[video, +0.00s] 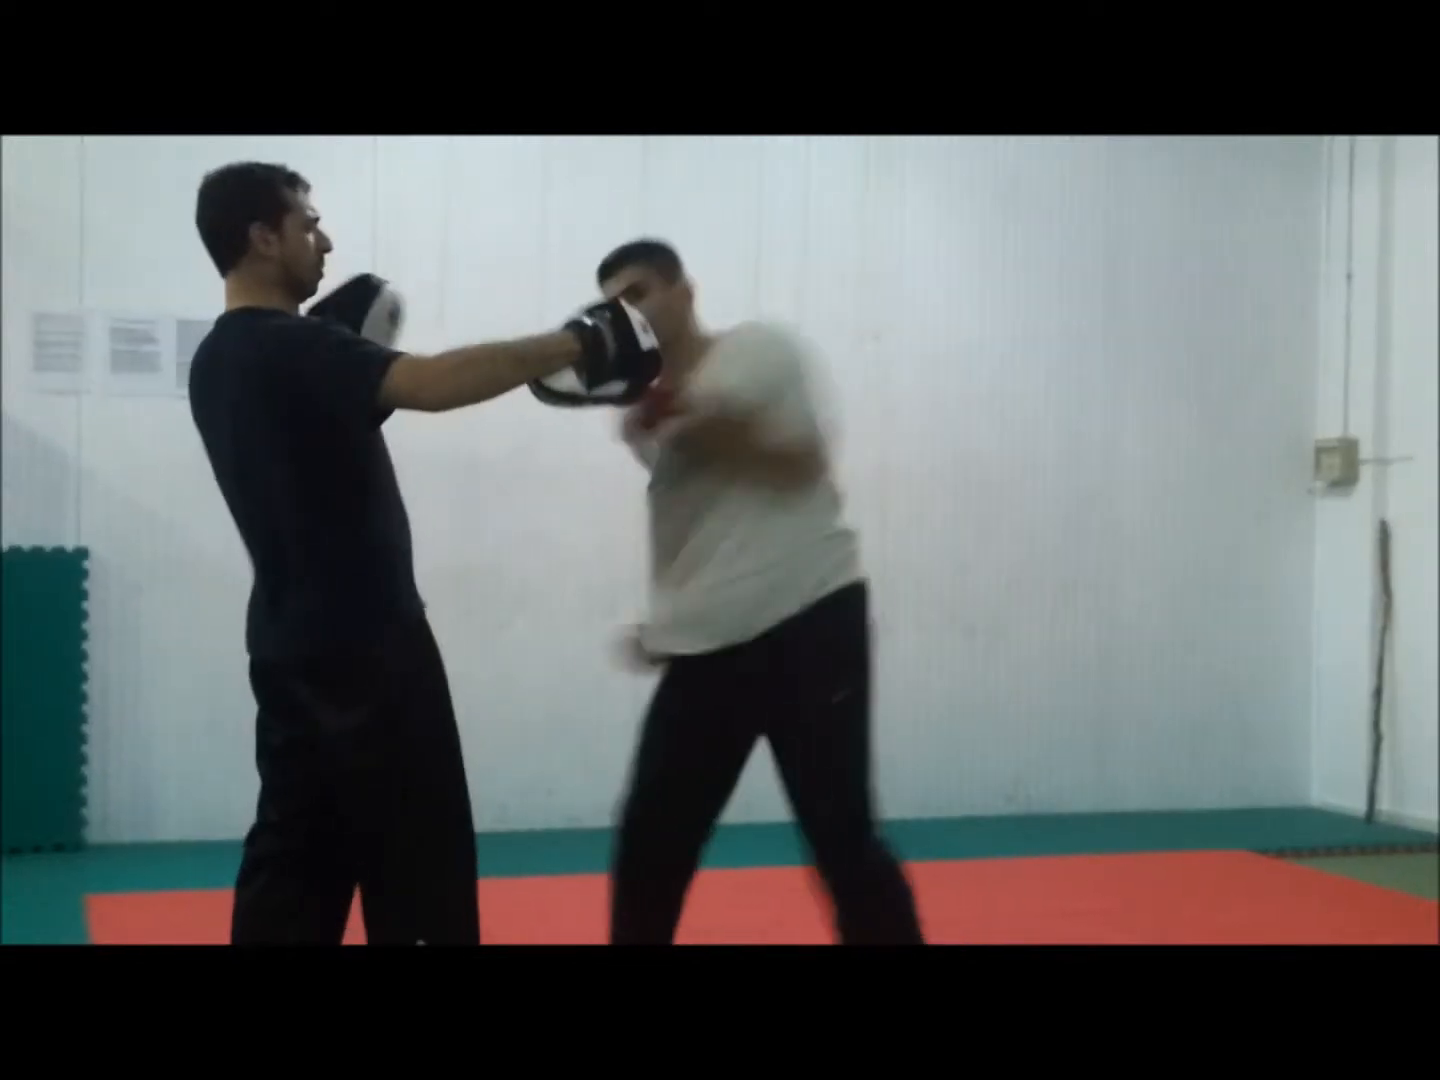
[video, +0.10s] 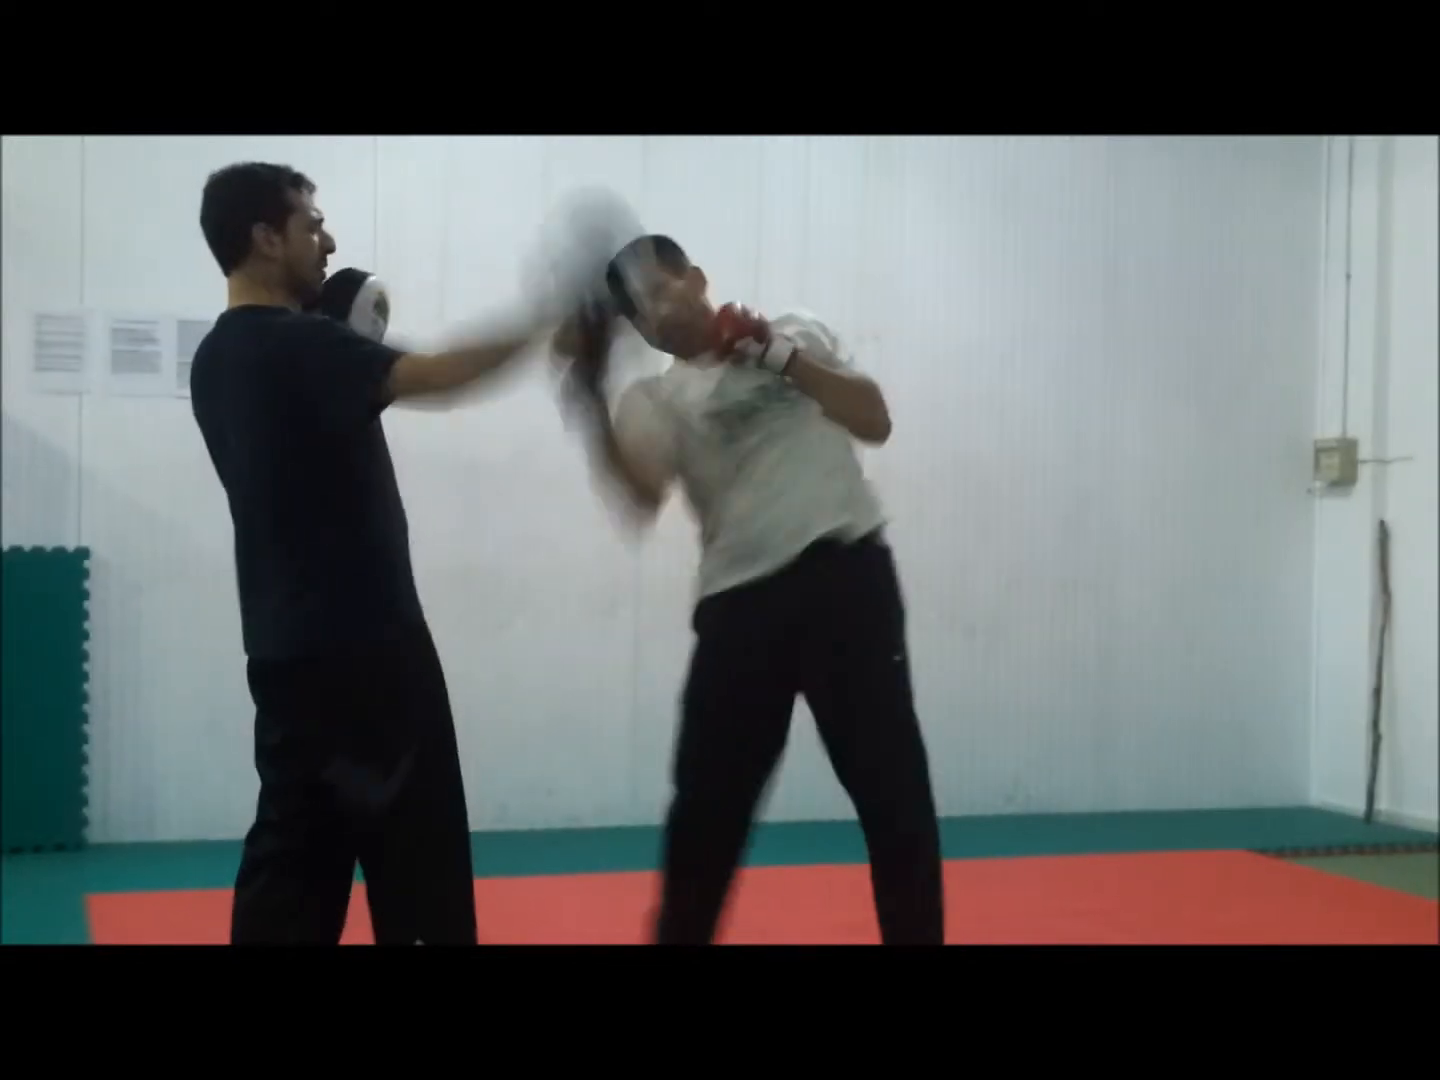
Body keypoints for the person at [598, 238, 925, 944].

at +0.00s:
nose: (631, 314)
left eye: (640, 293)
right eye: (617, 305)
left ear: (683, 288)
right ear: (614, 322)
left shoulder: (761, 348)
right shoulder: (650, 405)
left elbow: (804, 463)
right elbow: (692, 535)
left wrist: (708, 429)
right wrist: (667, 627)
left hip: (808, 621)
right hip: (711, 644)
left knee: (842, 838)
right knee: (650, 847)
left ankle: (892, 941)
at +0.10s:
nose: (654, 309)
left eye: (659, 288)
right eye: (638, 307)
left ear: (697, 278)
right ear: (638, 329)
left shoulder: (792, 337)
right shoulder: (655, 399)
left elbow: (875, 422)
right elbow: (642, 493)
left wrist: (781, 357)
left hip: (848, 576)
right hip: (742, 601)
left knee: (896, 799)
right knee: (708, 812)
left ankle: (915, 939)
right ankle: (680, 938)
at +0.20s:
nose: (650, 314)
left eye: (657, 292)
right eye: (636, 309)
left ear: (703, 280)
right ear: (640, 328)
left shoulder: (797, 336)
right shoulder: (656, 390)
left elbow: (872, 428)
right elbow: (678, 479)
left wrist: (781, 363)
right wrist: (685, 371)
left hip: (856, 577)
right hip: (752, 602)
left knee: (902, 813)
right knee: (727, 822)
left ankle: (913, 941)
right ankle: (714, 941)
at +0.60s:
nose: (687, 268)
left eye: (702, 249)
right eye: (686, 254)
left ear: (759, 249)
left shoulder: (860, 329)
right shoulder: (709, 374)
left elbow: (883, 457)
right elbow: (717, 521)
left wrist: (785, 373)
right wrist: (712, 488)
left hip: (866, 621)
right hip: (758, 622)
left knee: (924, 823)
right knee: (716, 831)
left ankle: (967, 943)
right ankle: (705, 945)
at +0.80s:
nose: (769, 287)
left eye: (786, 270)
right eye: (771, 271)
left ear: (844, 277)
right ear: (824, 284)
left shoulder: (930, 376)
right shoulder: (813, 398)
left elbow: (928, 521)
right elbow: (817, 534)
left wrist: (831, 436)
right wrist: (765, 521)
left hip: (914, 665)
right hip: (813, 658)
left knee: (951, 849)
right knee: (733, 836)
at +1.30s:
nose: (854, 297)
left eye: (872, 282)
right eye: (852, 281)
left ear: (927, 290)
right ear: (857, 285)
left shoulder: (988, 387)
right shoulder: (845, 377)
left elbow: (1005, 529)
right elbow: (791, 497)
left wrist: (918, 442)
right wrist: (797, 428)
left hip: (944, 658)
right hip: (837, 643)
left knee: (983, 846)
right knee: (739, 781)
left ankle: (1019, 944)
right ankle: (737, 940)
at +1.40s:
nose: (838, 288)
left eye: (857, 273)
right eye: (835, 274)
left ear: (910, 279)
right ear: (835, 279)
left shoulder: (974, 380)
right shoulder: (812, 364)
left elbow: (998, 520)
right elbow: (719, 447)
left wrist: (916, 438)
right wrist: (725, 383)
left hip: (927, 654)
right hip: (812, 642)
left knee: (974, 841)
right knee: (717, 806)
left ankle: (1014, 948)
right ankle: (685, 940)